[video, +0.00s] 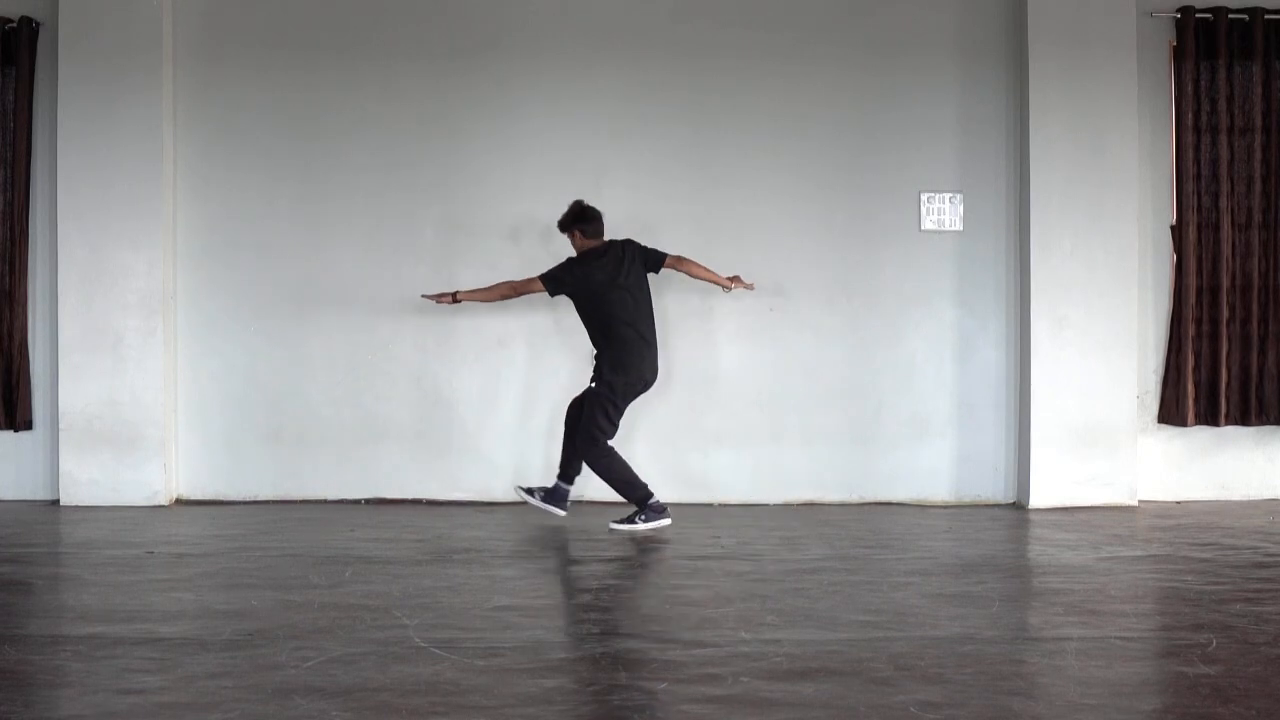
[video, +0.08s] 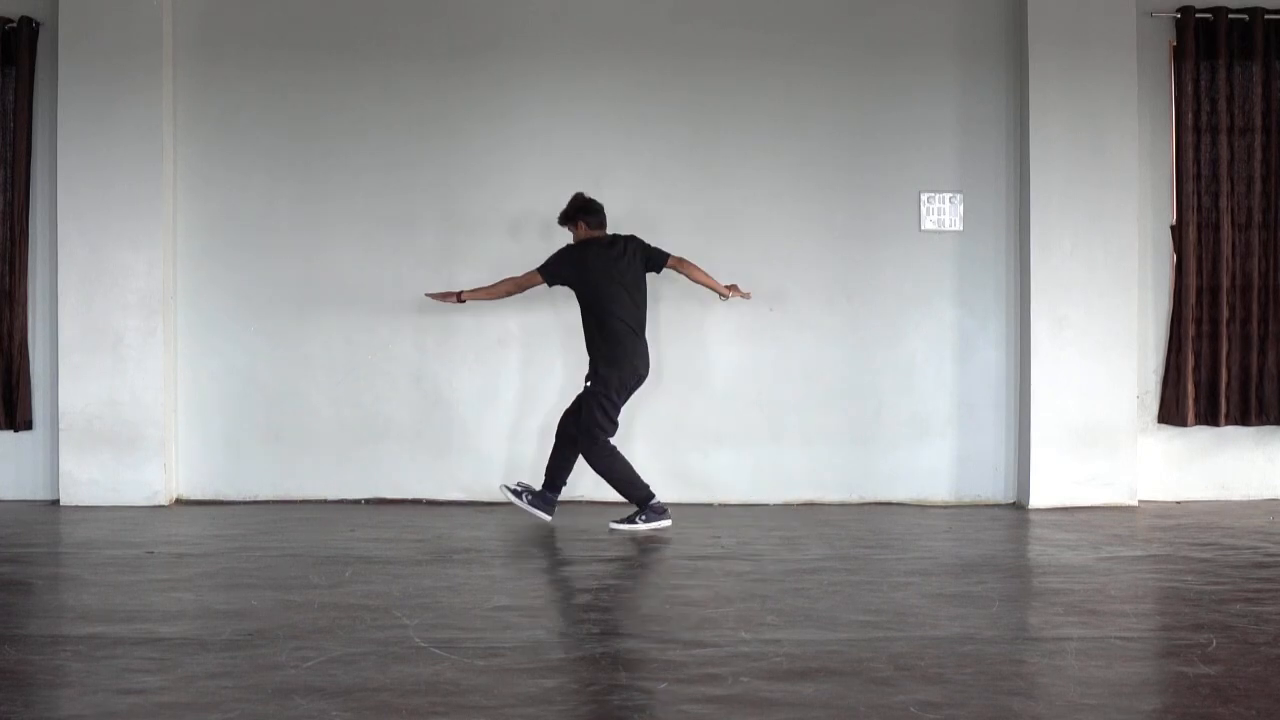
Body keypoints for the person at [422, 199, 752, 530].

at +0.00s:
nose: (570, 242)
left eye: (570, 236)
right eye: (571, 235)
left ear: (576, 234)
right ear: (601, 229)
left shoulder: (574, 269)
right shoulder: (631, 251)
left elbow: (516, 289)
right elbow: (682, 264)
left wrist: (462, 296)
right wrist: (725, 281)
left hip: (617, 371)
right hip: (644, 367)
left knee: (590, 442)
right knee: (577, 412)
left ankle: (650, 506)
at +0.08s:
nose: (571, 236)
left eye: (571, 229)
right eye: (572, 229)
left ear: (580, 226)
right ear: (603, 223)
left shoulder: (575, 256)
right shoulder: (633, 247)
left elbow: (517, 285)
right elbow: (680, 264)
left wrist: (464, 296)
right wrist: (721, 288)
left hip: (610, 365)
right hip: (636, 364)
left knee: (590, 439)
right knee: (571, 425)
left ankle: (650, 506)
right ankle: (546, 499)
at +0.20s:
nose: (570, 229)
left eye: (570, 224)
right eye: (570, 225)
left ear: (581, 218)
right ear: (601, 218)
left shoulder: (575, 242)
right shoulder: (633, 244)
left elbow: (525, 273)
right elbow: (678, 267)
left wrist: (473, 292)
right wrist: (713, 297)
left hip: (598, 358)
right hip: (622, 359)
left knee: (589, 439)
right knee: (569, 431)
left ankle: (651, 506)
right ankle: (540, 504)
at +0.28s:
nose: (567, 229)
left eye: (567, 223)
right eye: (567, 224)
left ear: (578, 217)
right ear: (599, 216)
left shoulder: (572, 240)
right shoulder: (630, 243)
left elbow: (520, 262)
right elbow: (676, 266)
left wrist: (474, 286)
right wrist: (706, 301)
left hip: (590, 356)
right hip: (615, 358)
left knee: (589, 437)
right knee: (563, 428)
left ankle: (650, 507)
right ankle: (539, 503)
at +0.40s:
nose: (558, 228)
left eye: (559, 222)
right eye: (558, 224)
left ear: (571, 219)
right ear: (593, 217)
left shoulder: (567, 236)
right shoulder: (626, 242)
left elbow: (512, 231)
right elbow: (675, 262)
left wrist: (476, 264)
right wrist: (687, 304)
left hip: (586, 357)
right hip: (610, 358)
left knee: (592, 439)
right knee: (555, 426)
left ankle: (651, 506)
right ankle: (538, 505)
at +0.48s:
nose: (553, 231)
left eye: (555, 225)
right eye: (553, 227)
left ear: (570, 219)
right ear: (588, 220)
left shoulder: (566, 236)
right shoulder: (621, 241)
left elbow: (512, 227)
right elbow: (667, 262)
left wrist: (475, 244)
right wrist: (657, 304)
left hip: (587, 357)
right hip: (605, 358)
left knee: (594, 439)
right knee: (551, 425)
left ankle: (652, 506)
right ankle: (537, 506)